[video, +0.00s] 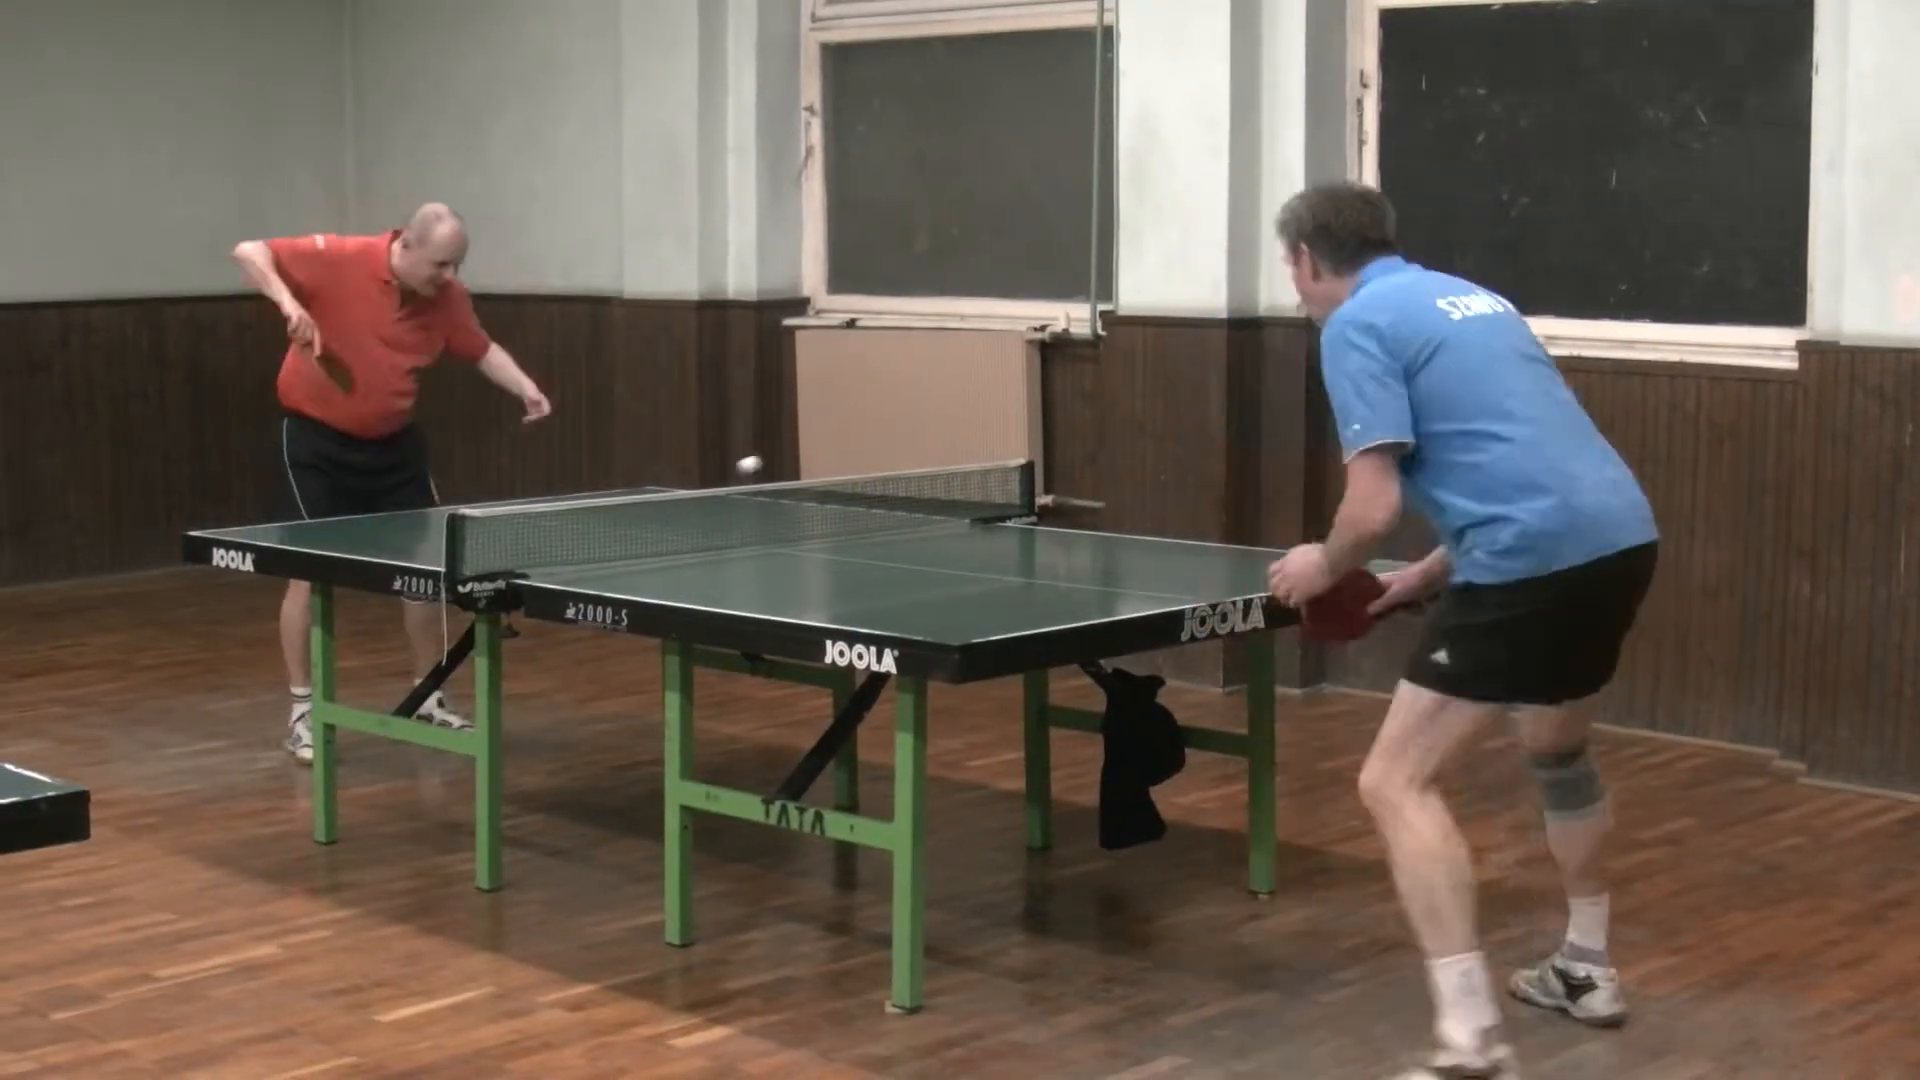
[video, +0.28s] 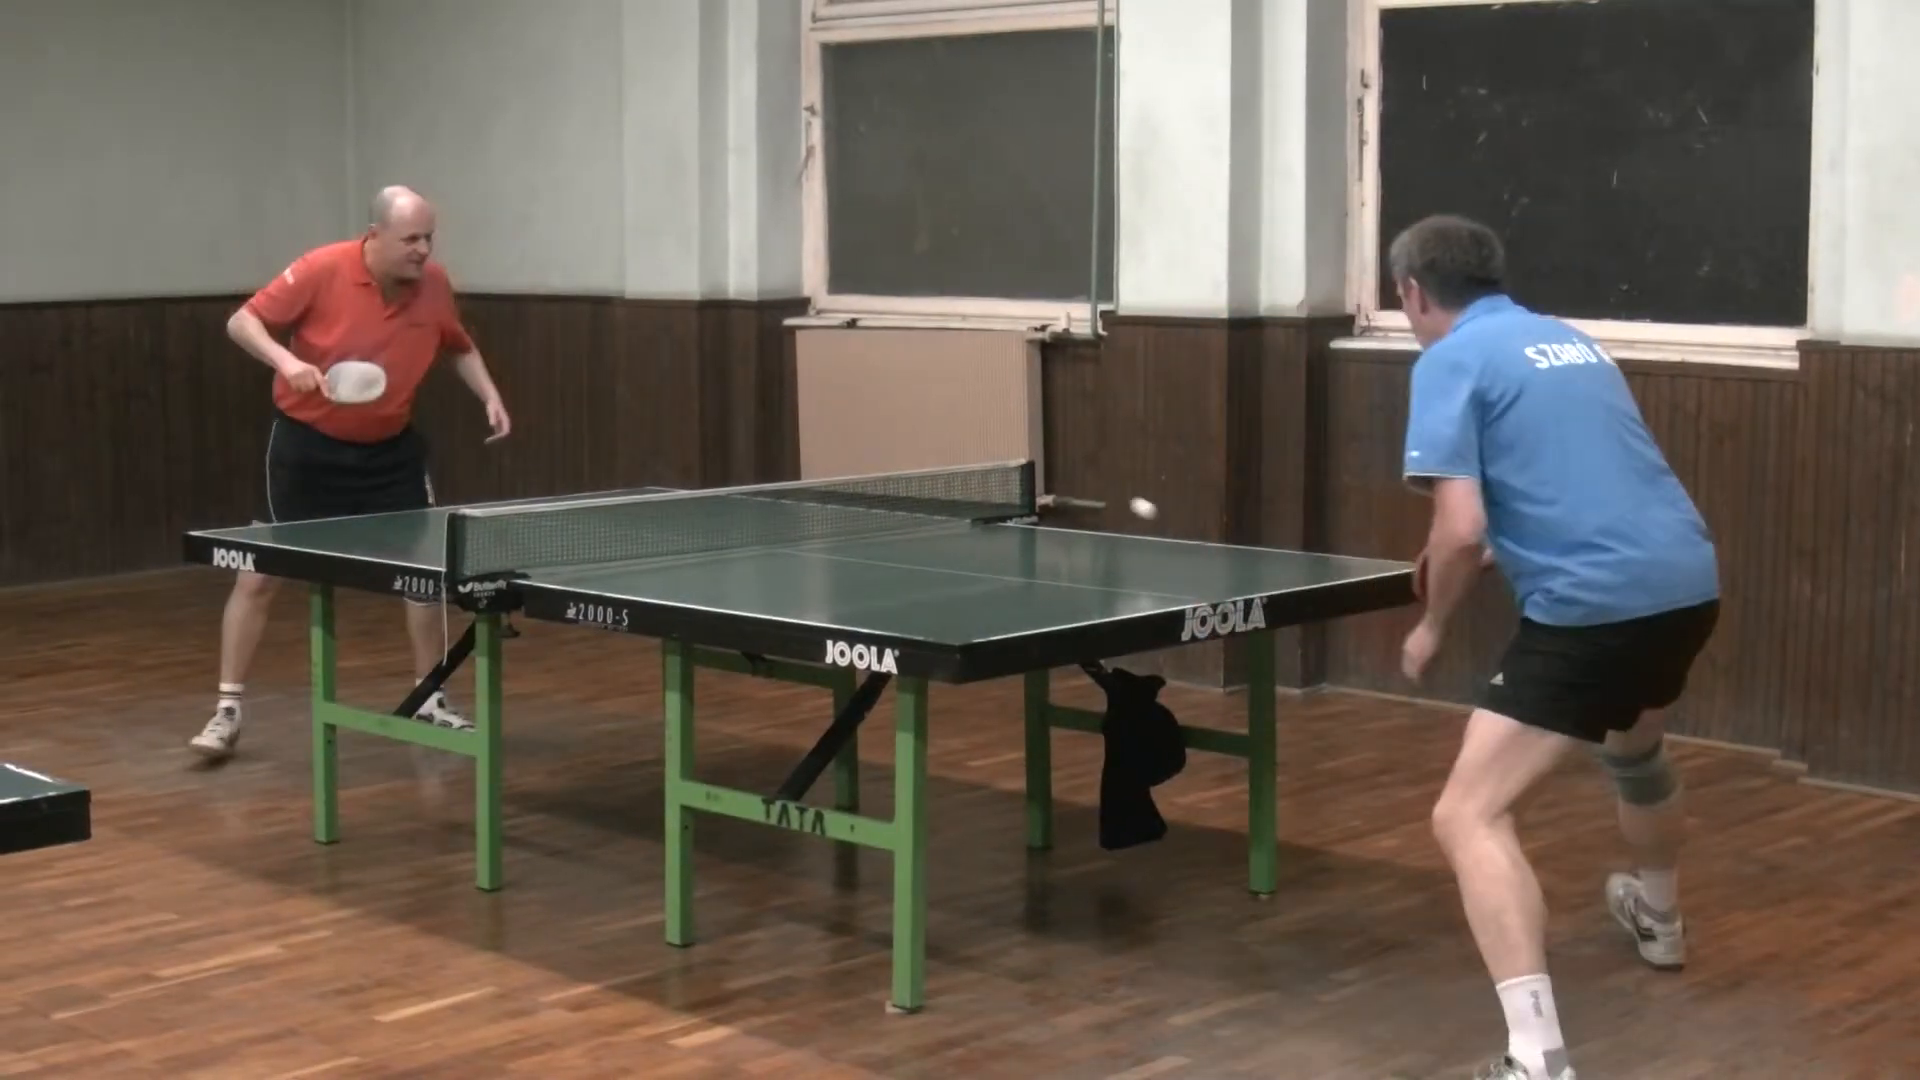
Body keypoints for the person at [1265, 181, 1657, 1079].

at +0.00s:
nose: (1292, 285)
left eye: (1291, 267)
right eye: (1291, 268)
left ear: (1313, 262)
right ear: (1376, 247)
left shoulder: (1356, 325)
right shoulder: (1465, 295)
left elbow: (1372, 508)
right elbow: (1525, 466)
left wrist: (1320, 558)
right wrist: (1432, 566)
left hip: (1525, 556)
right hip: (1620, 538)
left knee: (1395, 781)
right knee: (1558, 742)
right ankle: (1587, 967)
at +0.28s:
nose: (1401, 314)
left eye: (1400, 298)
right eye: (1401, 299)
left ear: (1419, 293)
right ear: (1489, 283)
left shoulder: (1451, 361)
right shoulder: (1565, 338)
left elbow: (1462, 534)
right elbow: (1584, 469)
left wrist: (1430, 623)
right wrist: (1489, 533)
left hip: (1590, 605)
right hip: (1686, 589)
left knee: (1467, 814)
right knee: (1632, 741)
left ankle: (1536, 1056)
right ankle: (1658, 916)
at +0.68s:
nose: (1494, 236)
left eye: (1494, 222)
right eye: (1494, 223)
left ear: (1520, 220)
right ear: (1562, 210)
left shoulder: (1580, 297)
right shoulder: (1616, 251)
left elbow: (1614, 448)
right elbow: (1483, 234)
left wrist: (1561, 566)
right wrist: (1382, 209)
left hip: (1708, 520)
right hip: (1748, 496)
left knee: (1652, 750)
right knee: (1674, 716)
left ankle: (1686, 1002)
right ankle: (1680, 903)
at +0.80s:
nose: (1519, 206)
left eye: (1526, 193)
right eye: (1522, 194)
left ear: (1557, 200)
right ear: (1582, 193)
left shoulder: (1616, 290)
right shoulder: (1631, 243)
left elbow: (1636, 447)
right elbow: (1500, 221)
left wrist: (1566, 554)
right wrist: (1386, 182)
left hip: (1721, 522)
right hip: (1732, 506)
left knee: (1660, 751)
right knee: (1675, 722)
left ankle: (1770, 989)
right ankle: (1683, 908)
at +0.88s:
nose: (1531, 193)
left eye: (1539, 176)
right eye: (1533, 177)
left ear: (1576, 182)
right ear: (1595, 176)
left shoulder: (1635, 275)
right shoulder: (1629, 240)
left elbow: (1655, 437)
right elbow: (1524, 241)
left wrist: (1569, 545)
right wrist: (1397, 208)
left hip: (1734, 519)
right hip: (1717, 511)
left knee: (1692, 751)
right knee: (1684, 720)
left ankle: (1772, 992)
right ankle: (1687, 903)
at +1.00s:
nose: (1538, 164)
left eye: (1547, 146)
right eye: (1539, 147)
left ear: (1594, 149)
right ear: (1598, 148)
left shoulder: (1658, 240)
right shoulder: (1629, 231)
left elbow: (1692, 409)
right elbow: (1576, 302)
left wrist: (1600, 521)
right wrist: (1439, 314)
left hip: (1755, 491)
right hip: (1713, 490)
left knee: (1733, 728)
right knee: (1702, 688)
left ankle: (1776, 979)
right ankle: (1730, 890)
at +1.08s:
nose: (1542, 173)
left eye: (1550, 152)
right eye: (1544, 153)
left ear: (1597, 157)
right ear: (1601, 157)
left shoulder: (1672, 246)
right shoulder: (1632, 246)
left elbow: (1716, 412)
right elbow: (1593, 355)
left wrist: (1625, 532)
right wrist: (1476, 399)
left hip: (1765, 498)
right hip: (1721, 499)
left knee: (1732, 730)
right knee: (1706, 689)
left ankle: (1785, 990)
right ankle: (1763, 909)